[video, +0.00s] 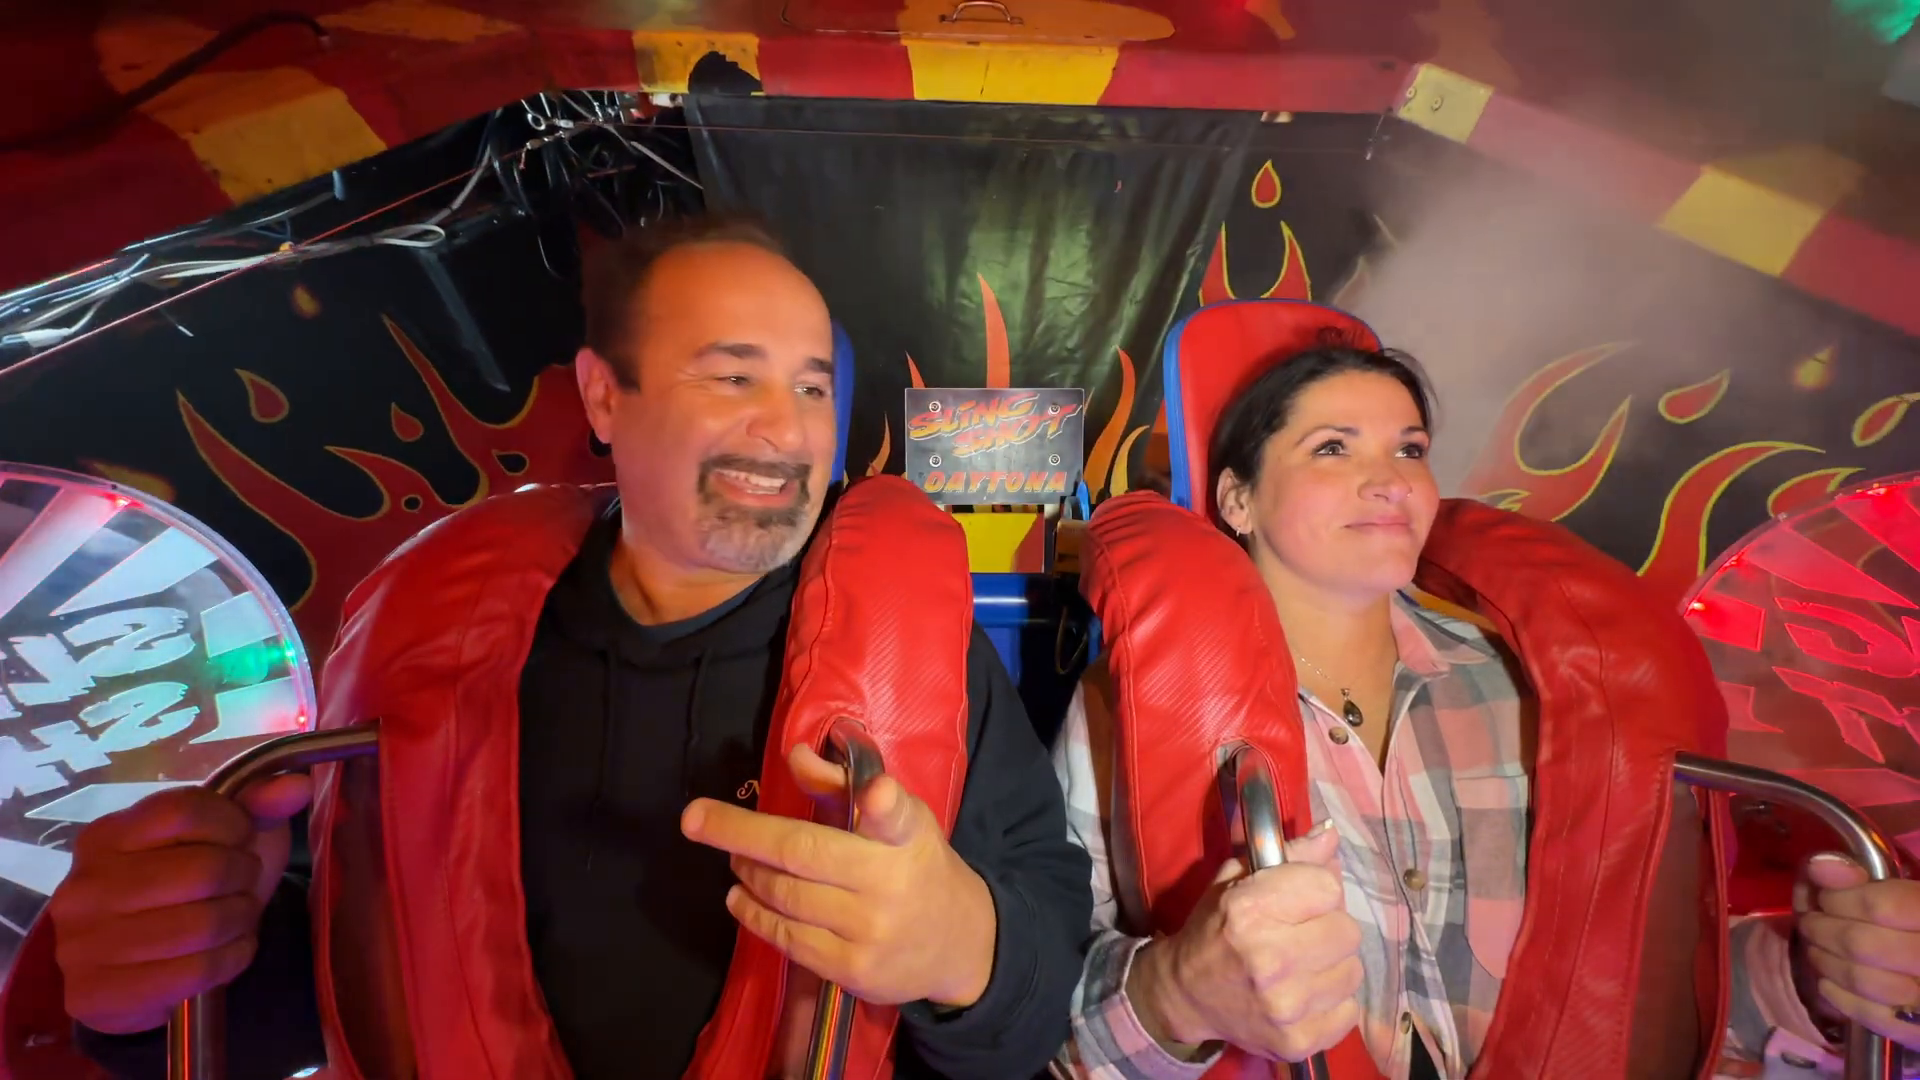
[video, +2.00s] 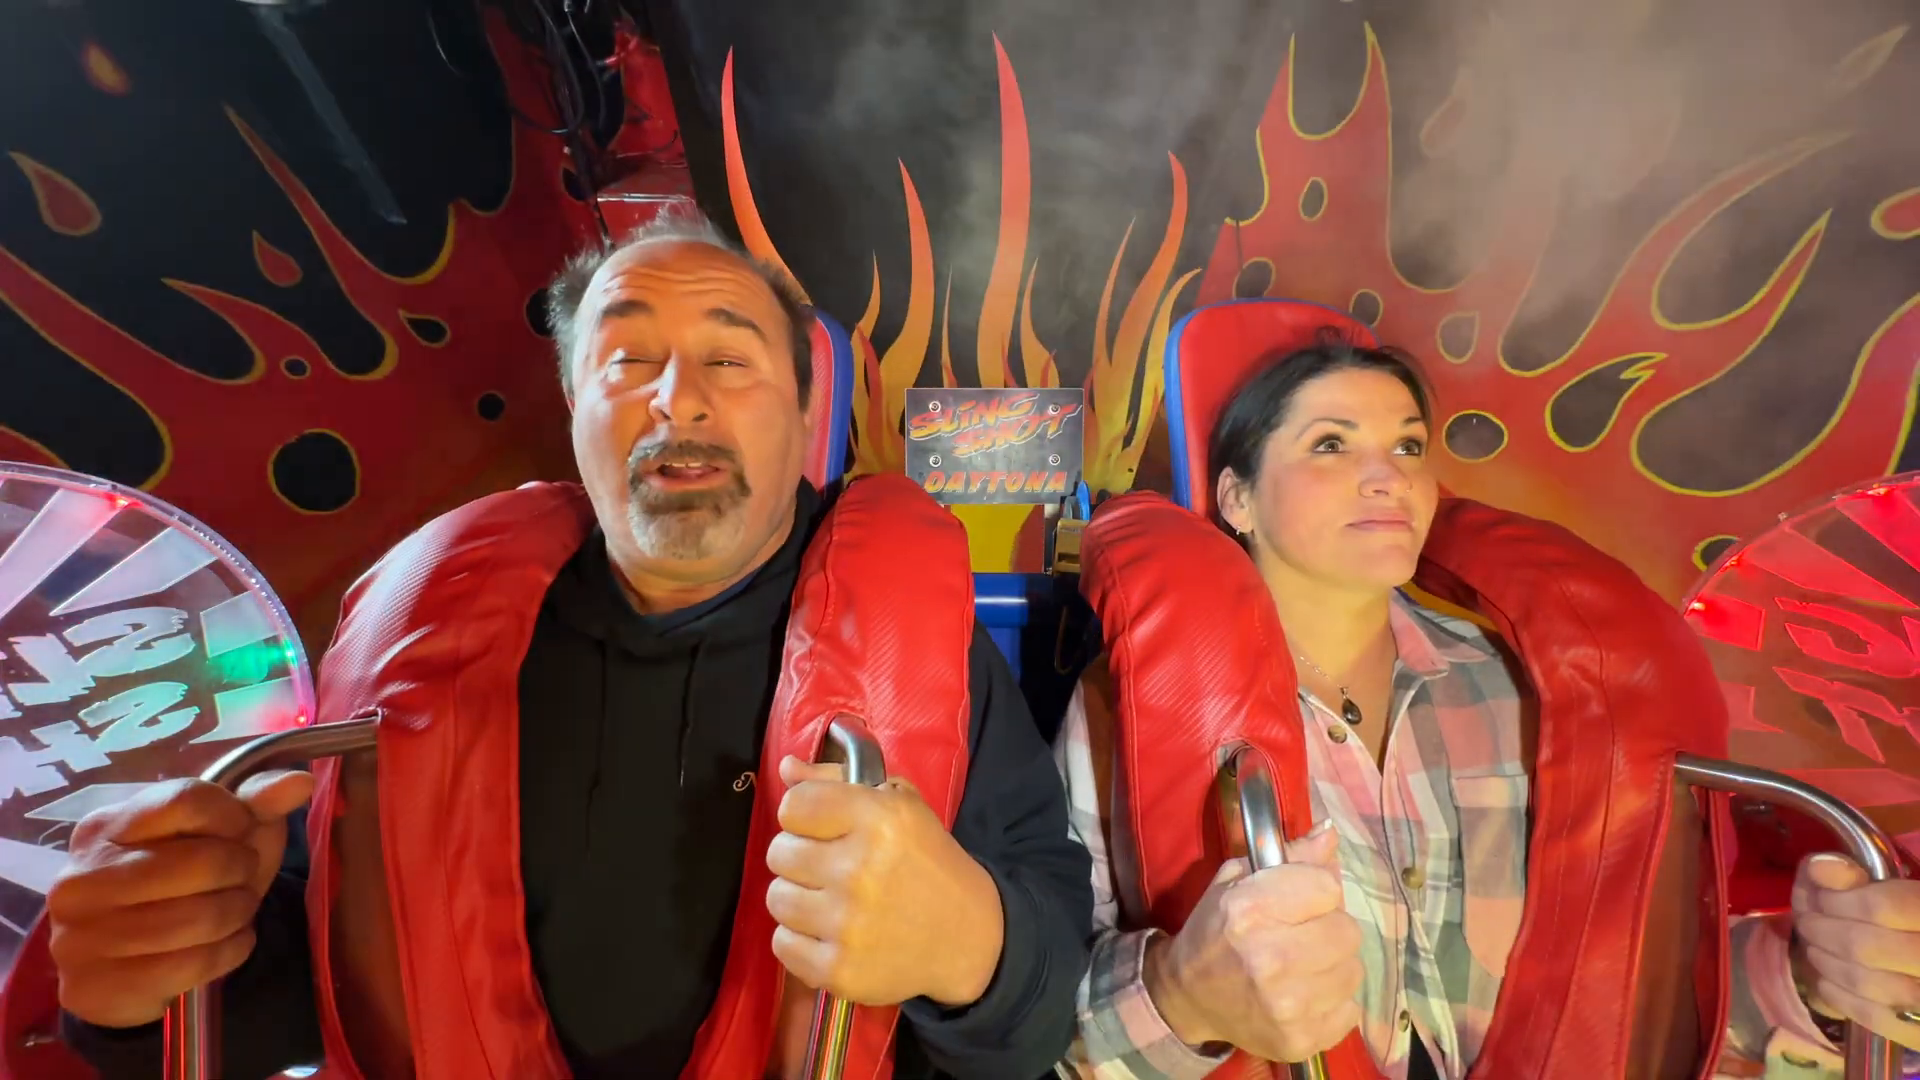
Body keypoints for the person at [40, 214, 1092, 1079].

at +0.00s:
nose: (784, 426)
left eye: (813, 386)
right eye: (730, 375)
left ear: (839, 421)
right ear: (604, 404)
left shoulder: (927, 664)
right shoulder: (433, 628)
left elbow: (1042, 1002)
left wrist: (972, 949)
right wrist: (112, 976)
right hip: (482, 1061)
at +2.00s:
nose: (674, 403)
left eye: (728, 362)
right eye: (629, 366)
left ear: (805, 418)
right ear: (572, 426)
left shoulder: (927, 654)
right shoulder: (416, 634)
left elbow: (1044, 1012)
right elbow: (295, 990)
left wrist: (980, 949)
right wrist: (109, 985)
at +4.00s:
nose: (623, 478)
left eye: (680, 419)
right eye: (588, 421)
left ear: (791, 416)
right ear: (549, 427)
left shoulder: (925, 644)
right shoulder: (419, 623)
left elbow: (1048, 1008)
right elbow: (303, 977)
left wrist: (981, 948)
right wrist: (106, 988)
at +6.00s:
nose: (638, 353)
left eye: (697, 322)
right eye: (612, 334)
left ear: (807, 404)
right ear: (582, 413)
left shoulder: (923, 661)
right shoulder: (425, 630)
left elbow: (1043, 1006)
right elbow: (309, 982)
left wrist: (979, 958)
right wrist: (107, 980)